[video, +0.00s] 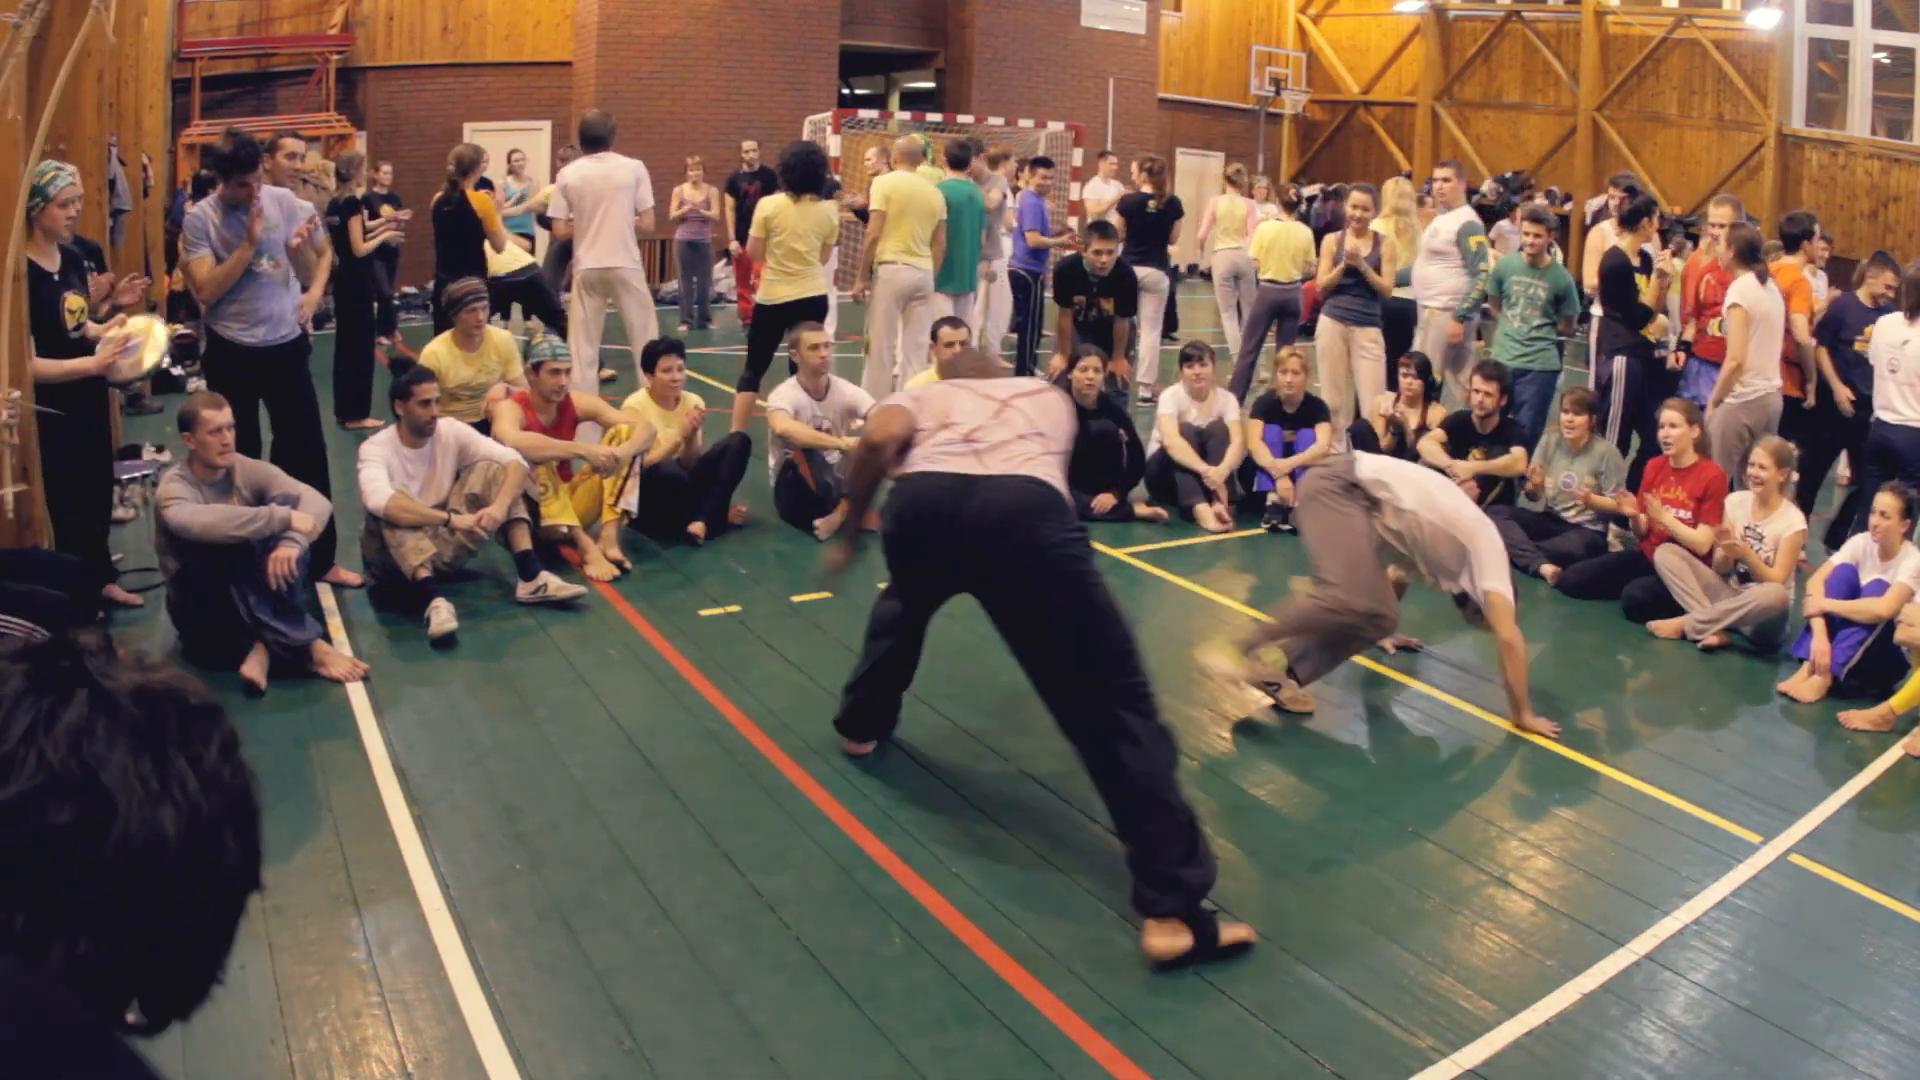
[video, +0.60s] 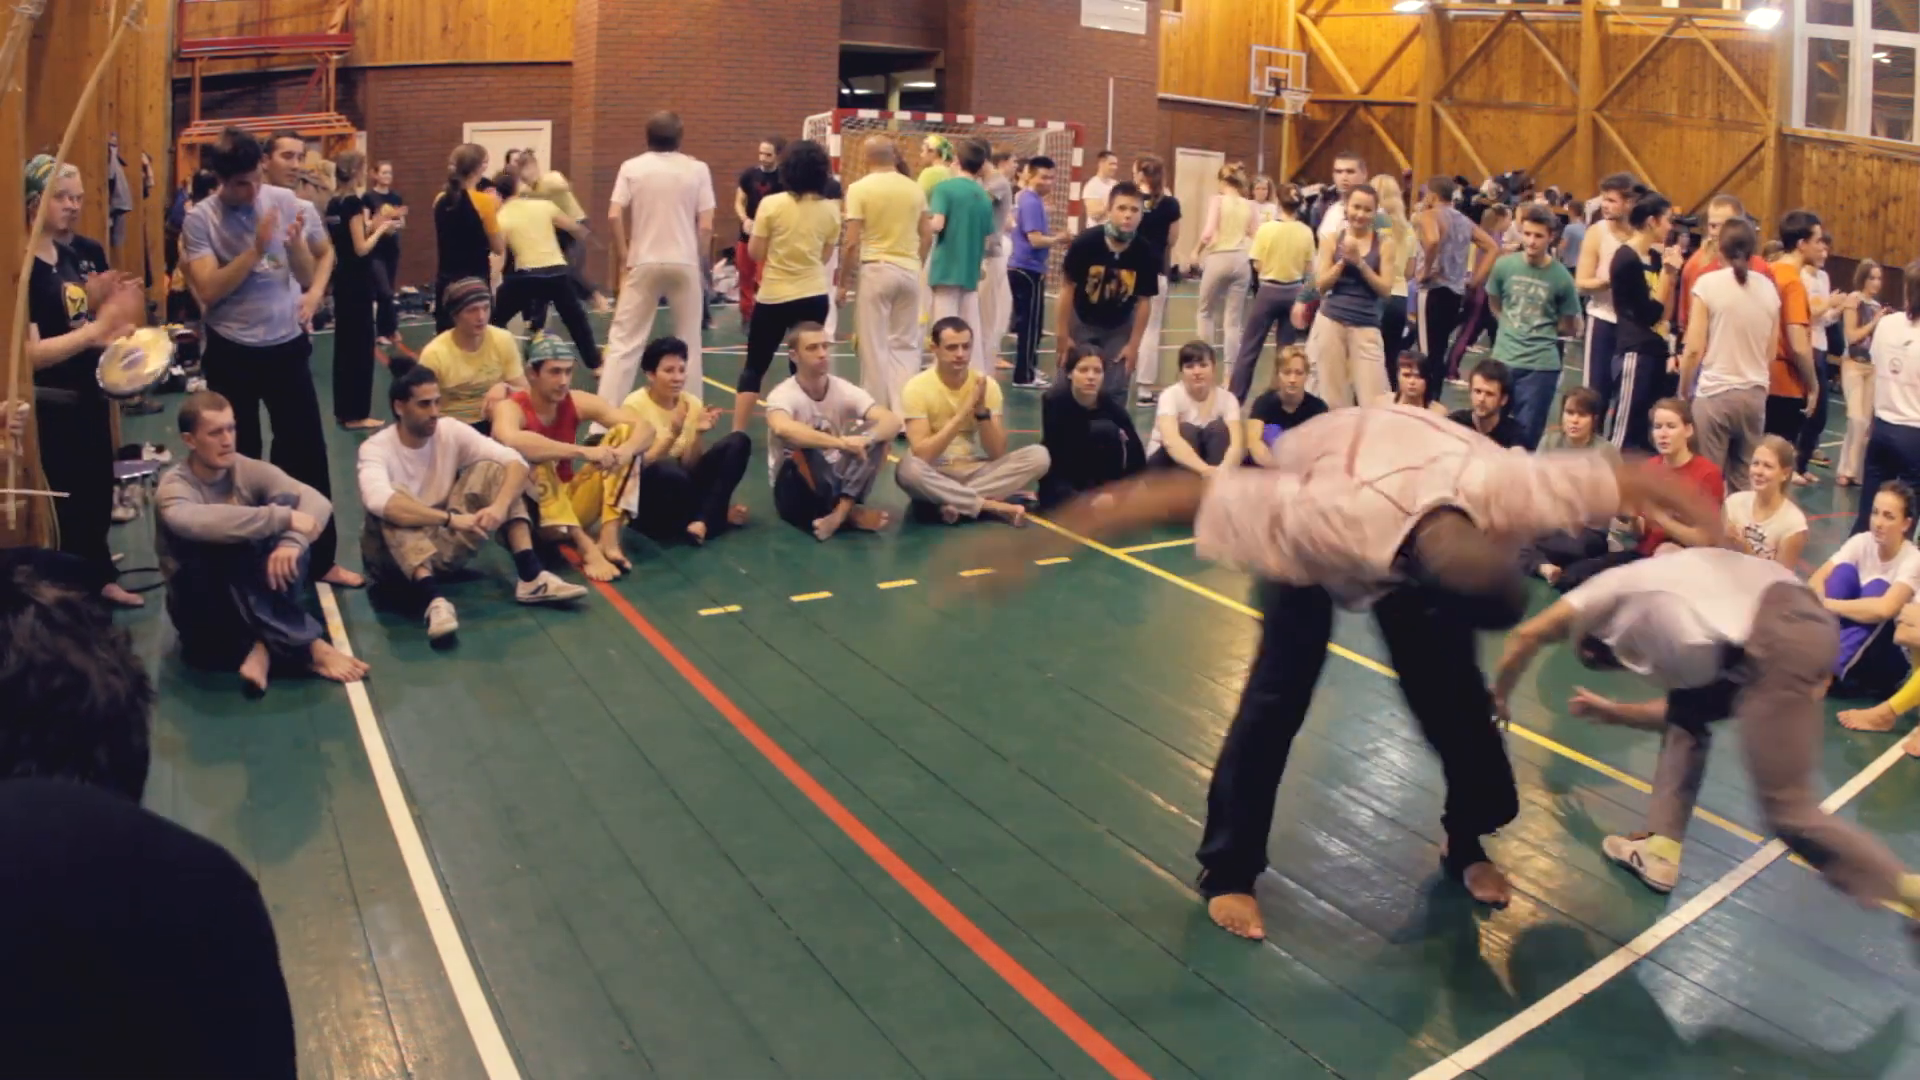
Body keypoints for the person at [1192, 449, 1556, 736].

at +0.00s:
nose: (1470, 623)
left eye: (1472, 619)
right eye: (1474, 620)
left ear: (1464, 594)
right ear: (1477, 592)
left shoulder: (1444, 548)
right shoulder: (1487, 546)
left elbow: (1395, 576)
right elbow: (1508, 639)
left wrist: (1385, 633)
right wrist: (1522, 716)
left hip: (1357, 504)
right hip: (1334, 483)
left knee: (1378, 613)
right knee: (1354, 599)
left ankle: (1281, 675)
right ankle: (1235, 648)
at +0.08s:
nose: (1468, 627)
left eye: (1471, 628)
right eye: (1474, 627)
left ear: (1472, 609)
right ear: (1487, 612)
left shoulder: (1455, 544)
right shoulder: (1507, 562)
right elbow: (1514, 660)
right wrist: (1519, 722)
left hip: (1343, 493)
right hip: (1382, 498)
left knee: (1375, 623)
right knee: (1432, 625)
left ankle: (1280, 668)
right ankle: (1363, 716)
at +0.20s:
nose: (1468, 615)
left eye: (1468, 616)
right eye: (1476, 618)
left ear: (1462, 602)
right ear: (1494, 610)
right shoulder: (1543, 593)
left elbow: (1401, 546)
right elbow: (1547, 656)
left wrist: (1388, 627)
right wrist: (1528, 716)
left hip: (1420, 496)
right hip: (1490, 508)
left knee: (1385, 611)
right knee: (1546, 653)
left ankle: (1280, 674)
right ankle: (1568, 766)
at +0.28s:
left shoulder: (1484, 499)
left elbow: (1415, 576)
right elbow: (1573, 677)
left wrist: (1403, 636)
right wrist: (1521, 723)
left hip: (1501, 505)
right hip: (1582, 526)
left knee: (1414, 605)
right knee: (1601, 673)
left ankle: (1316, 688)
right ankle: (1630, 782)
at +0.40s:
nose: (1524, 623)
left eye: (1519, 614)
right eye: (1521, 616)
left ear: (1514, 590)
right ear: (1540, 593)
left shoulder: (1534, 536)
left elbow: (1453, 583)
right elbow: (1596, 664)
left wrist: (1447, 650)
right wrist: (1549, 722)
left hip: (1611, 551)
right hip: (1688, 570)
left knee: (1526, 668)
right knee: (1647, 707)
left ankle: (1477, 781)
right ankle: (1645, 826)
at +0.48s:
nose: (1574, 639)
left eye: (1554, 633)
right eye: (1562, 632)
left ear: (1545, 606)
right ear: (1572, 614)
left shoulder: (1567, 557)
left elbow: (1482, 602)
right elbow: (1630, 671)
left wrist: (1473, 663)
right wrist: (1557, 707)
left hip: (1696, 584)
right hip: (1749, 595)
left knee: (1621, 725)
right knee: (1661, 720)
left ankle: (1662, 844)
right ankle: (1641, 834)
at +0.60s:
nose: (1594, 658)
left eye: (1588, 653)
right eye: (1596, 655)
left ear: (1589, 636)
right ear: (1617, 645)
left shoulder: (1607, 588)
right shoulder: (1680, 625)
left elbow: (1529, 637)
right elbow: (1683, 710)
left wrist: (1499, 691)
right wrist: (1609, 711)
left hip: (1781, 625)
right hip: (1803, 622)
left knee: (1788, 811)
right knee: (1687, 716)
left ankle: (1907, 893)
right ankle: (1661, 850)